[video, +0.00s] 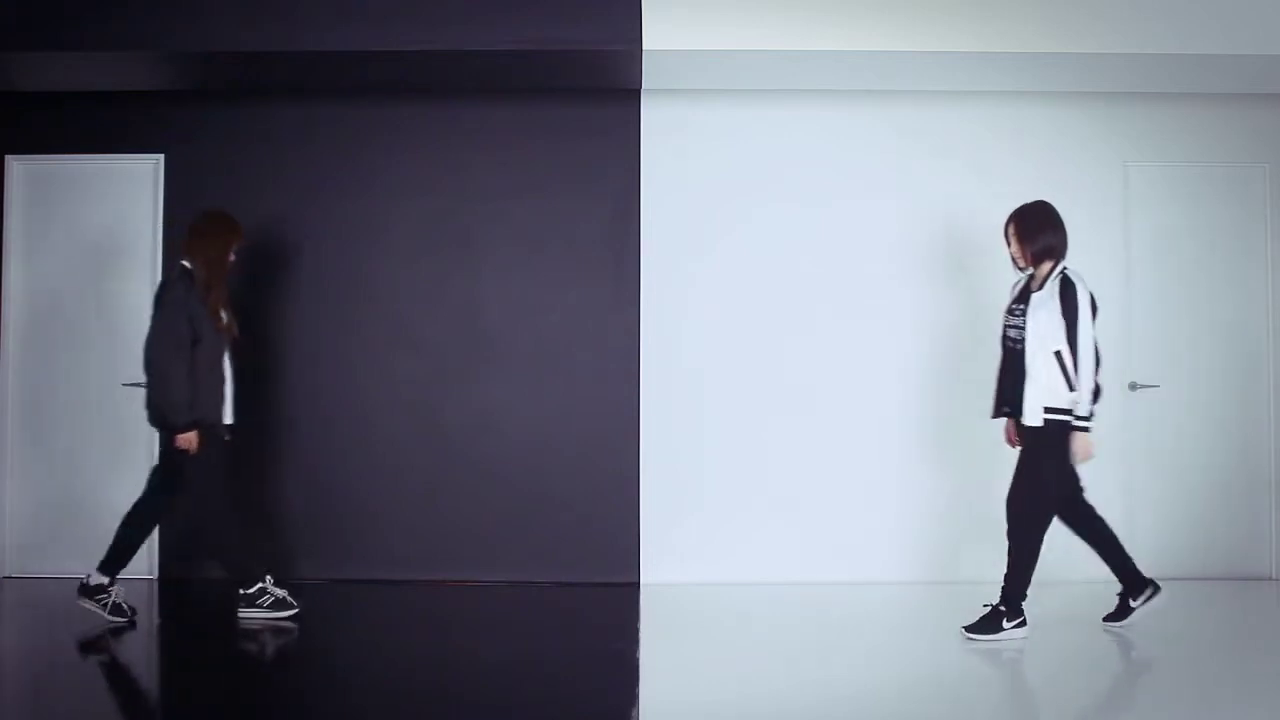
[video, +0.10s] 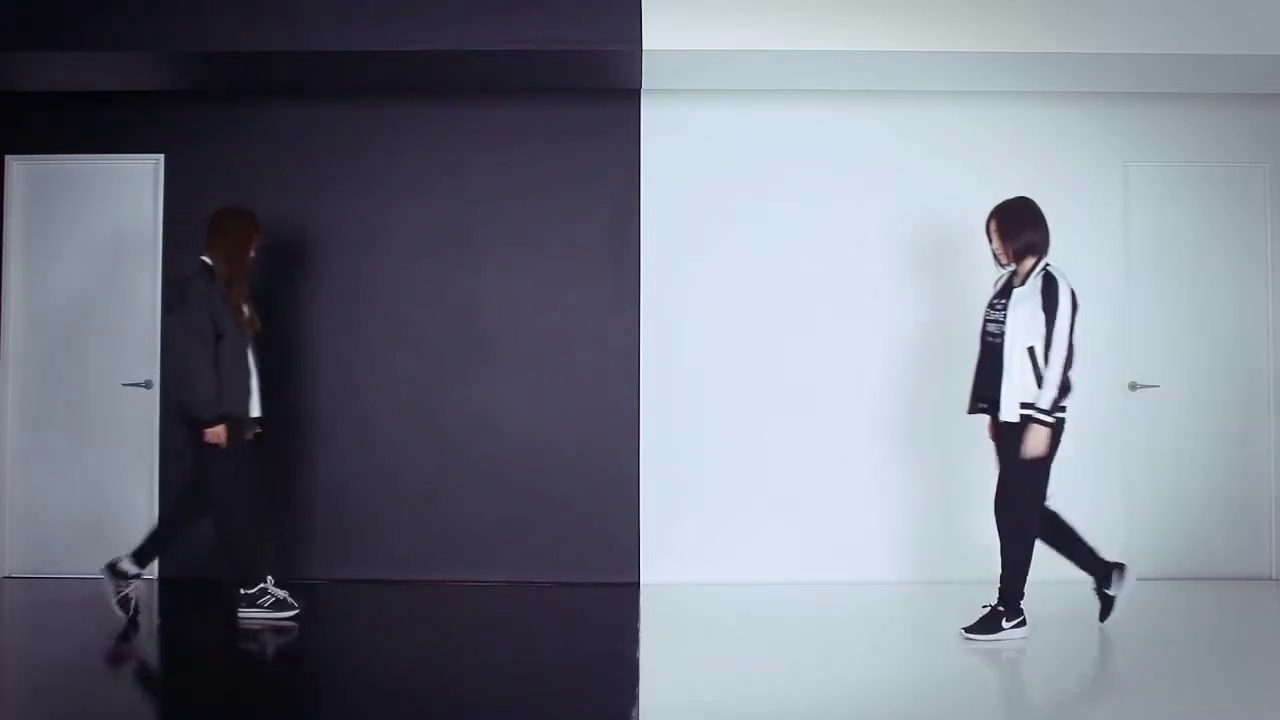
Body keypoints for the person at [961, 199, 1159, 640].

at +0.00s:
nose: (1011, 249)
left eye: (1017, 240)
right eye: (1009, 241)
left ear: (1040, 239)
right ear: (1018, 244)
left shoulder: (1070, 288)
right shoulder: (1023, 288)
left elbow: (1086, 356)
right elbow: (1015, 355)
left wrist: (1081, 424)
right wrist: (1010, 412)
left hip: (1056, 421)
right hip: (1031, 420)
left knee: (1024, 510)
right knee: (1070, 507)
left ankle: (1011, 608)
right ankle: (1136, 583)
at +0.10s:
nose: (993, 246)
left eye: (998, 236)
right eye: (991, 238)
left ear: (1022, 234)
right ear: (1002, 240)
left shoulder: (1054, 286)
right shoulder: (1005, 286)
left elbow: (1058, 357)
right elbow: (1000, 353)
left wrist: (1044, 419)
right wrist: (993, 412)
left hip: (1036, 417)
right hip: (1008, 415)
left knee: (1014, 509)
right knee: (1027, 509)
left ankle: (1009, 608)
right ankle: (1104, 571)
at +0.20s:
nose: (976, 243)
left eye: (981, 235)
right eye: (974, 235)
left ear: (1004, 232)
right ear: (993, 234)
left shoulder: (1036, 283)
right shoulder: (992, 282)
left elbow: (1033, 357)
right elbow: (987, 348)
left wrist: (1005, 413)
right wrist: (975, 403)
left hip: (1020, 415)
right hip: (986, 412)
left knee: (1006, 514)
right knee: (984, 513)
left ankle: (1008, 609)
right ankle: (1065, 556)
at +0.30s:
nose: (960, 243)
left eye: (964, 233)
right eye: (957, 235)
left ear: (988, 230)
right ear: (981, 233)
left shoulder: (1020, 276)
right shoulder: (977, 280)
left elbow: (1013, 349)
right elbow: (972, 347)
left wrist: (975, 402)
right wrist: (959, 400)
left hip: (1006, 413)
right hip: (972, 411)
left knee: (997, 512)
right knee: (947, 503)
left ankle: (1007, 608)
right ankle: (1022, 541)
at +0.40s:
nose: (944, 240)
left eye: (948, 230)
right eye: (942, 232)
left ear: (971, 227)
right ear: (960, 232)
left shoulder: (1004, 272)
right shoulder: (964, 279)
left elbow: (1000, 347)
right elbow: (958, 348)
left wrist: (955, 393)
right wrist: (943, 397)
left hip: (994, 411)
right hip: (958, 409)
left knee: (990, 511)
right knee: (918, 491)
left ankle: (1007, 607)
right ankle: (984, 541)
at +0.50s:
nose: (929, 239)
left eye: (933, 228)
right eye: (926, 230)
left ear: (957, 225)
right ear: (950, 230)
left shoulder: (989, 268)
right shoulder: (952, 277)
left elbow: (988, 345)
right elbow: (943, 347)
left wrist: (943, 389)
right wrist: (928, 395)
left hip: (982, 410)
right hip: (944, 407)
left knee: (981, 506)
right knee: (902, 487)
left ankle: (1005, 602)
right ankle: (938, 574)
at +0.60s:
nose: (913, 238)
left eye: (918, 228)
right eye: (911, 229)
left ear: (940, 225)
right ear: (933, 229)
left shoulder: (972, 269)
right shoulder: (936, 278)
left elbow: (975, 347)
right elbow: (935, 347)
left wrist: (935, 395)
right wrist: (918, 399)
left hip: (967, 413)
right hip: (928, 413)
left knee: (975, 508)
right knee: (893, 500)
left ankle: (1004, 602)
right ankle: (891, 601)